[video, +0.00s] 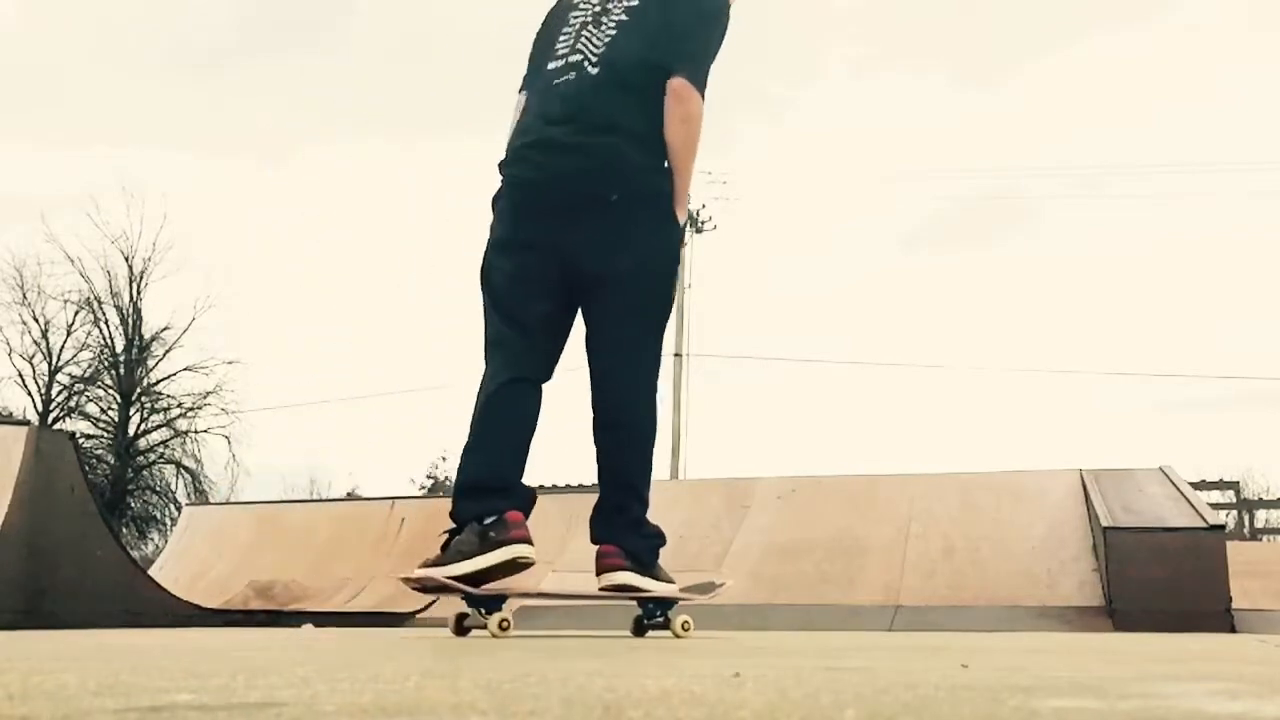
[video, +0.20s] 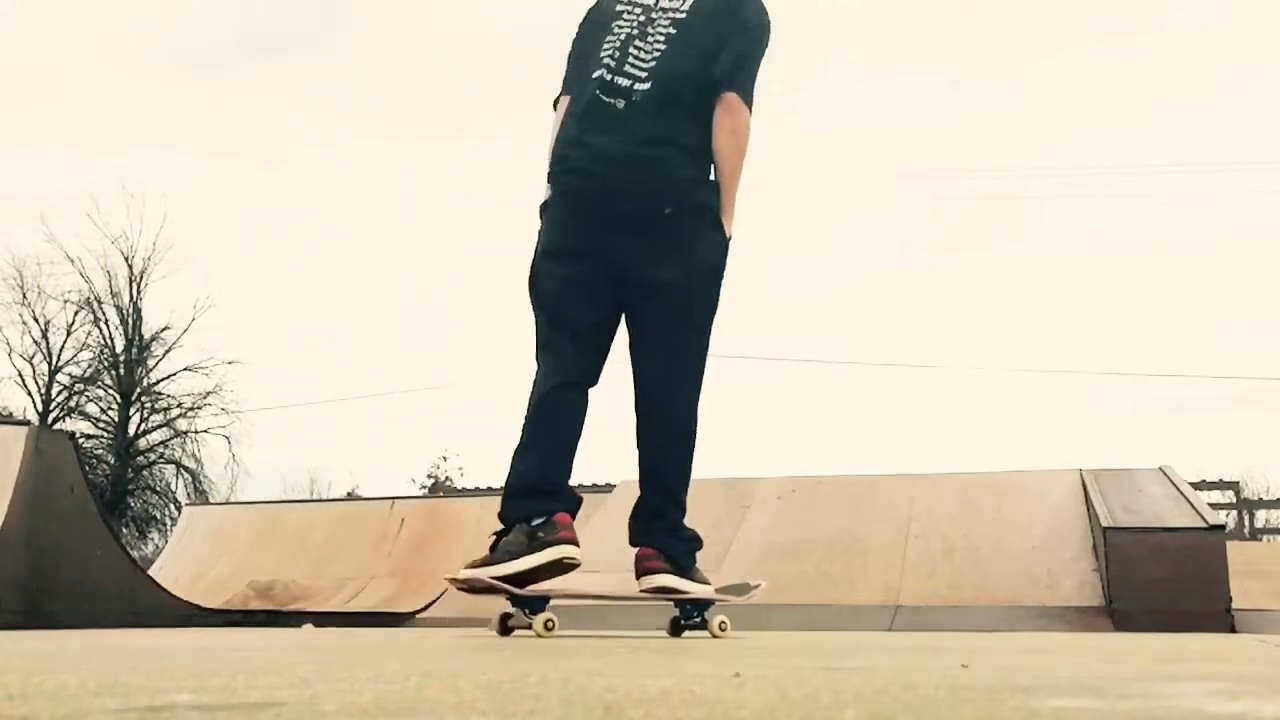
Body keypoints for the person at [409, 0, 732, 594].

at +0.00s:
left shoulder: (565, 8)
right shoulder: (700, 4)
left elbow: (528, 102)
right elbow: (680, 90)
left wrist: (518, 177)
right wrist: (679, 197)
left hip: (532, 189)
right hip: (628, 194)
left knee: (512, 367)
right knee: (626, 384)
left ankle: (489, 517)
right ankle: (624, 541)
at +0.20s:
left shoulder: (604, 9)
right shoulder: (741, 9)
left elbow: (568, 105)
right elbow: (730, 103)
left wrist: (560, 192)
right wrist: (724, 216)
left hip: (578, 207)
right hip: (674, 212)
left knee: (560, 371)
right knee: (670, 391)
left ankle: (537, 518)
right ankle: (662, 544)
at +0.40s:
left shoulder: (628, 16)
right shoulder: (767, 20)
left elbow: (600, 118)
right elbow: (765, 123)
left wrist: (591, 206)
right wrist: (759, 224)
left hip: (619, 217)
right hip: (716, 221)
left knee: (602, 385)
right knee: (712, 397)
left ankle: (593, 532)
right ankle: (709, 549)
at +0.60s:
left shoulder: (637, 22)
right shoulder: (771, 37)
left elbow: (624, 130)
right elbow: (783, 144)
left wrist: (627, 226)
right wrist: (780, 232)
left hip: (663, 230)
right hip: (753, 232)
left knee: (657, 394)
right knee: (765, 400)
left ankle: (662, 539)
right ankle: (778, 555)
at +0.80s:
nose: (626, 28)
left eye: (622, 19)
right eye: (622, 22)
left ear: (635, 3)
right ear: (675, 1)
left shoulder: (658, 23)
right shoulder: (739, 49)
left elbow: (670, 119)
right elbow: (768, 160)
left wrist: (664, 220)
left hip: (705, 232)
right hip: (768, 230)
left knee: (695, 397)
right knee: (768, 389)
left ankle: (750, 549)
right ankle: (838, 547)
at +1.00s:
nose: (624, 71)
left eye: (619, 60)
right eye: (619, 64)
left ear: (627, 34)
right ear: (665, 19)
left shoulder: (660, 48)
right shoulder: (733, 70)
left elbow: (678, 142)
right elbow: (760, 174)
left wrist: (679, 244)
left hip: (716, 251)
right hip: (756, 247)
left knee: (719, 406)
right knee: (723, 404)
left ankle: (787, 556)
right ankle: (747, 556)